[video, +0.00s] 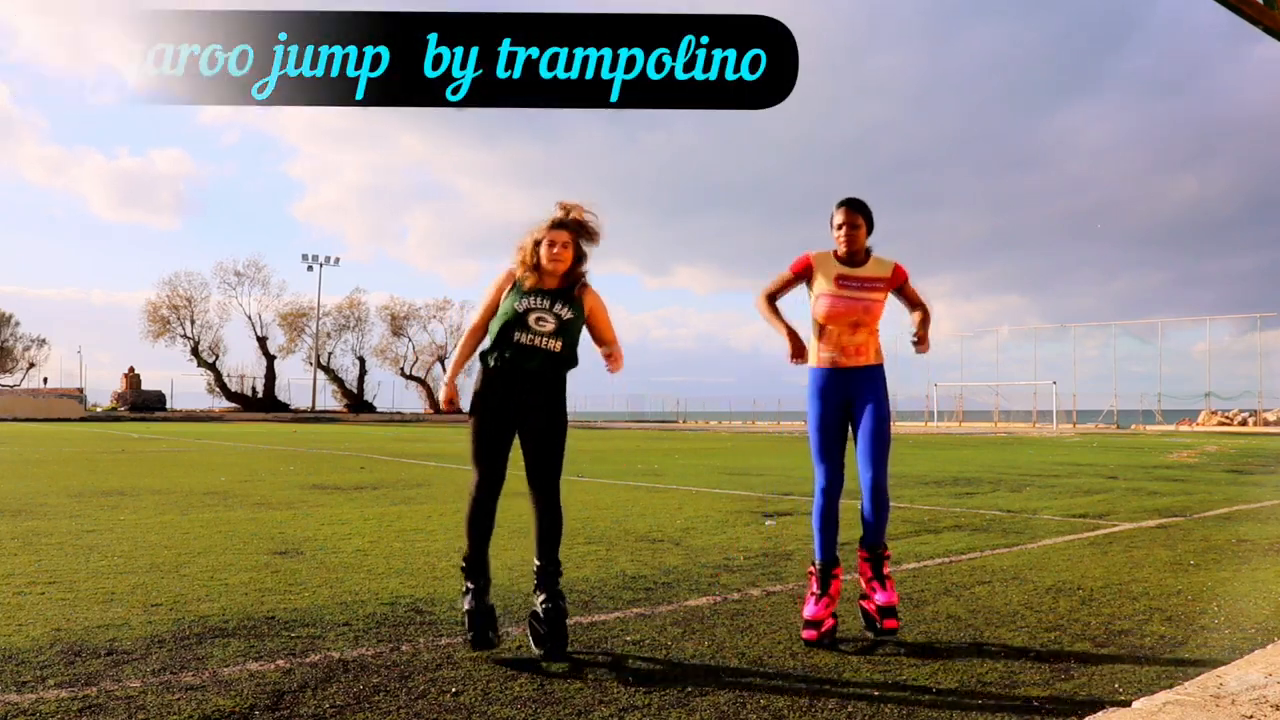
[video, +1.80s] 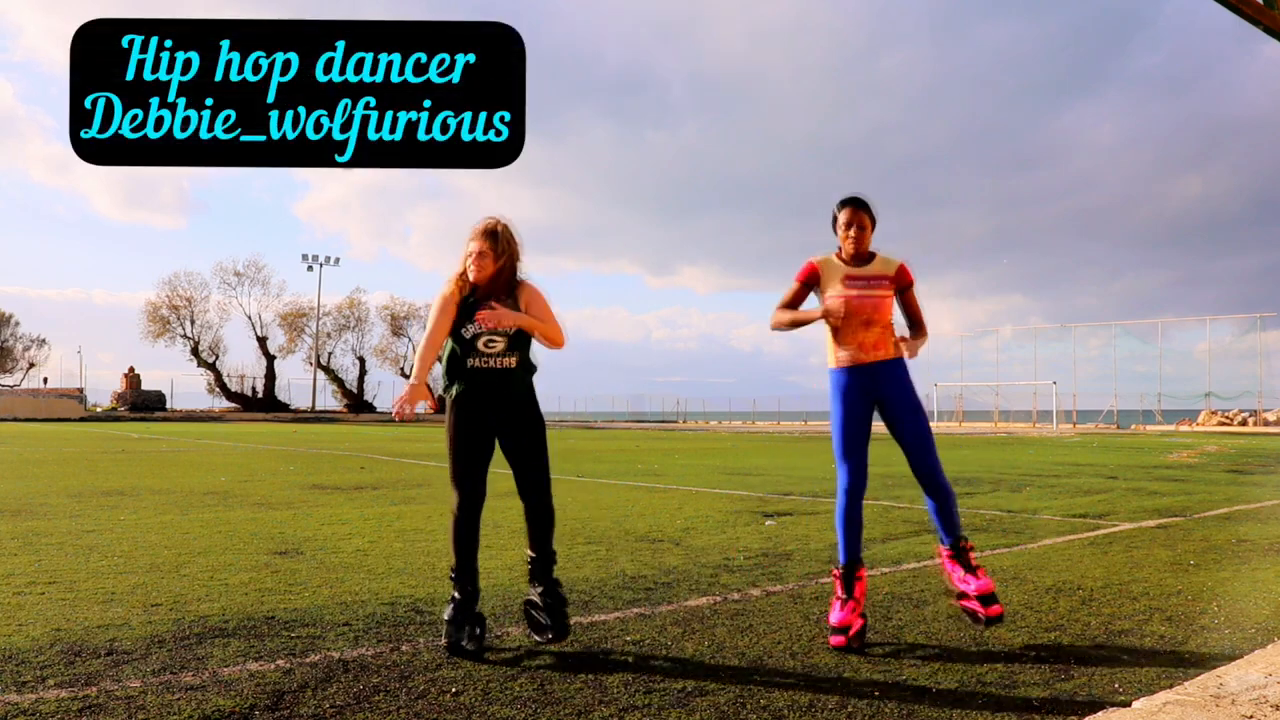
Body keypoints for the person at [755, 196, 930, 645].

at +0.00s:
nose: (846, 233)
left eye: (854, 226)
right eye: (839, 226)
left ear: (869, 231)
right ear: (831, 231)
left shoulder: (888, 272)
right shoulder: (814, 264)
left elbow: (920, 308)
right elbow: (765, 298)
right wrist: (789, 333)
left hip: (870, 382)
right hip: (825, 382)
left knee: (874, 484)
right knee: (828, 485)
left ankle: (874, 570)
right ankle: (824, 582)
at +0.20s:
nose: (863, 231)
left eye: (870, 224)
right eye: (857, 225)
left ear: (887, 226)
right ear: (850, 229)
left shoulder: (908, 272)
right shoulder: (835, 265)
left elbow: (920, 328)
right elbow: (800, 315)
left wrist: (901, 364)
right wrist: (792, 373)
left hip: (878, 379)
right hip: (833, 372)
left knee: (875, 482)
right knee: (803, 468)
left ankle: (871, 577)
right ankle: (777, 566)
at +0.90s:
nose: (867, 223)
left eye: (874, 216)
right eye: (861, 216)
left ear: (888, 221)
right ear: (851, 222)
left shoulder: (910, 255)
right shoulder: (835, 257)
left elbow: (948, 284)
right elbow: (793, 303)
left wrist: (940, 315)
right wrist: (827, 327)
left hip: (880, 370)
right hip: (838, 365)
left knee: (873, 476)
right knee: (815, 462)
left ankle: (865, 570)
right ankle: (785, 553)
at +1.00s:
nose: (857, 210)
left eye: (865, 204)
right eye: (851, 203)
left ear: (876, 210)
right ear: (839, 206)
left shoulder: (895, 245)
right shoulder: (820, 247)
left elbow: (923, 293)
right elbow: (796, 305)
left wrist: (927, 350)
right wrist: (829, 297)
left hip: (880, 354)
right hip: (835, 355)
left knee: (897, 458)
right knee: (833, 459)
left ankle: (906, 554)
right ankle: (829, 560)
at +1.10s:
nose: (852, 222)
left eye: (860, 216)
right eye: (846, 214)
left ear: (870, 220)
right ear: (833, 216)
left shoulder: (888, 260)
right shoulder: (814, 260)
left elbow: (904, 319)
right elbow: (798, 322)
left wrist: (921, 369)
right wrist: (823, 292)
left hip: (880, 365)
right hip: (835, 368)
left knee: (913, 463)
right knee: (841, 471)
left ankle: (946, 552)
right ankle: (848, 574)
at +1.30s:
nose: (839, 250)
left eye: (846, 244)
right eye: (833, 242)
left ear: (855, 249)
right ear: (819, 245)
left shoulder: (872, 284)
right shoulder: (800, 291)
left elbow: (886, 339)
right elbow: (793, 353)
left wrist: (895, 387)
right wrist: (816, 294)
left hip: (882, 388)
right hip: (838, 398)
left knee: (946, 467)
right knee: (849, 496)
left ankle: (1010, 538)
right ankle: (864, 588)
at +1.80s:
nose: (855, 234)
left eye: (862, 227)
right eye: (848, 227)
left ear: (872, 231)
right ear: (836, 231)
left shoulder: (893, 271)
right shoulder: (820, 269)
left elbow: (918, 327)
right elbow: (778, 319)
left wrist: (913, 341)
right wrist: (818, 312)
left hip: (893, 375)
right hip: (847, 380)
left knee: (931, 472)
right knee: (850, 485)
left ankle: (958, 557)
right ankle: (848, 584)